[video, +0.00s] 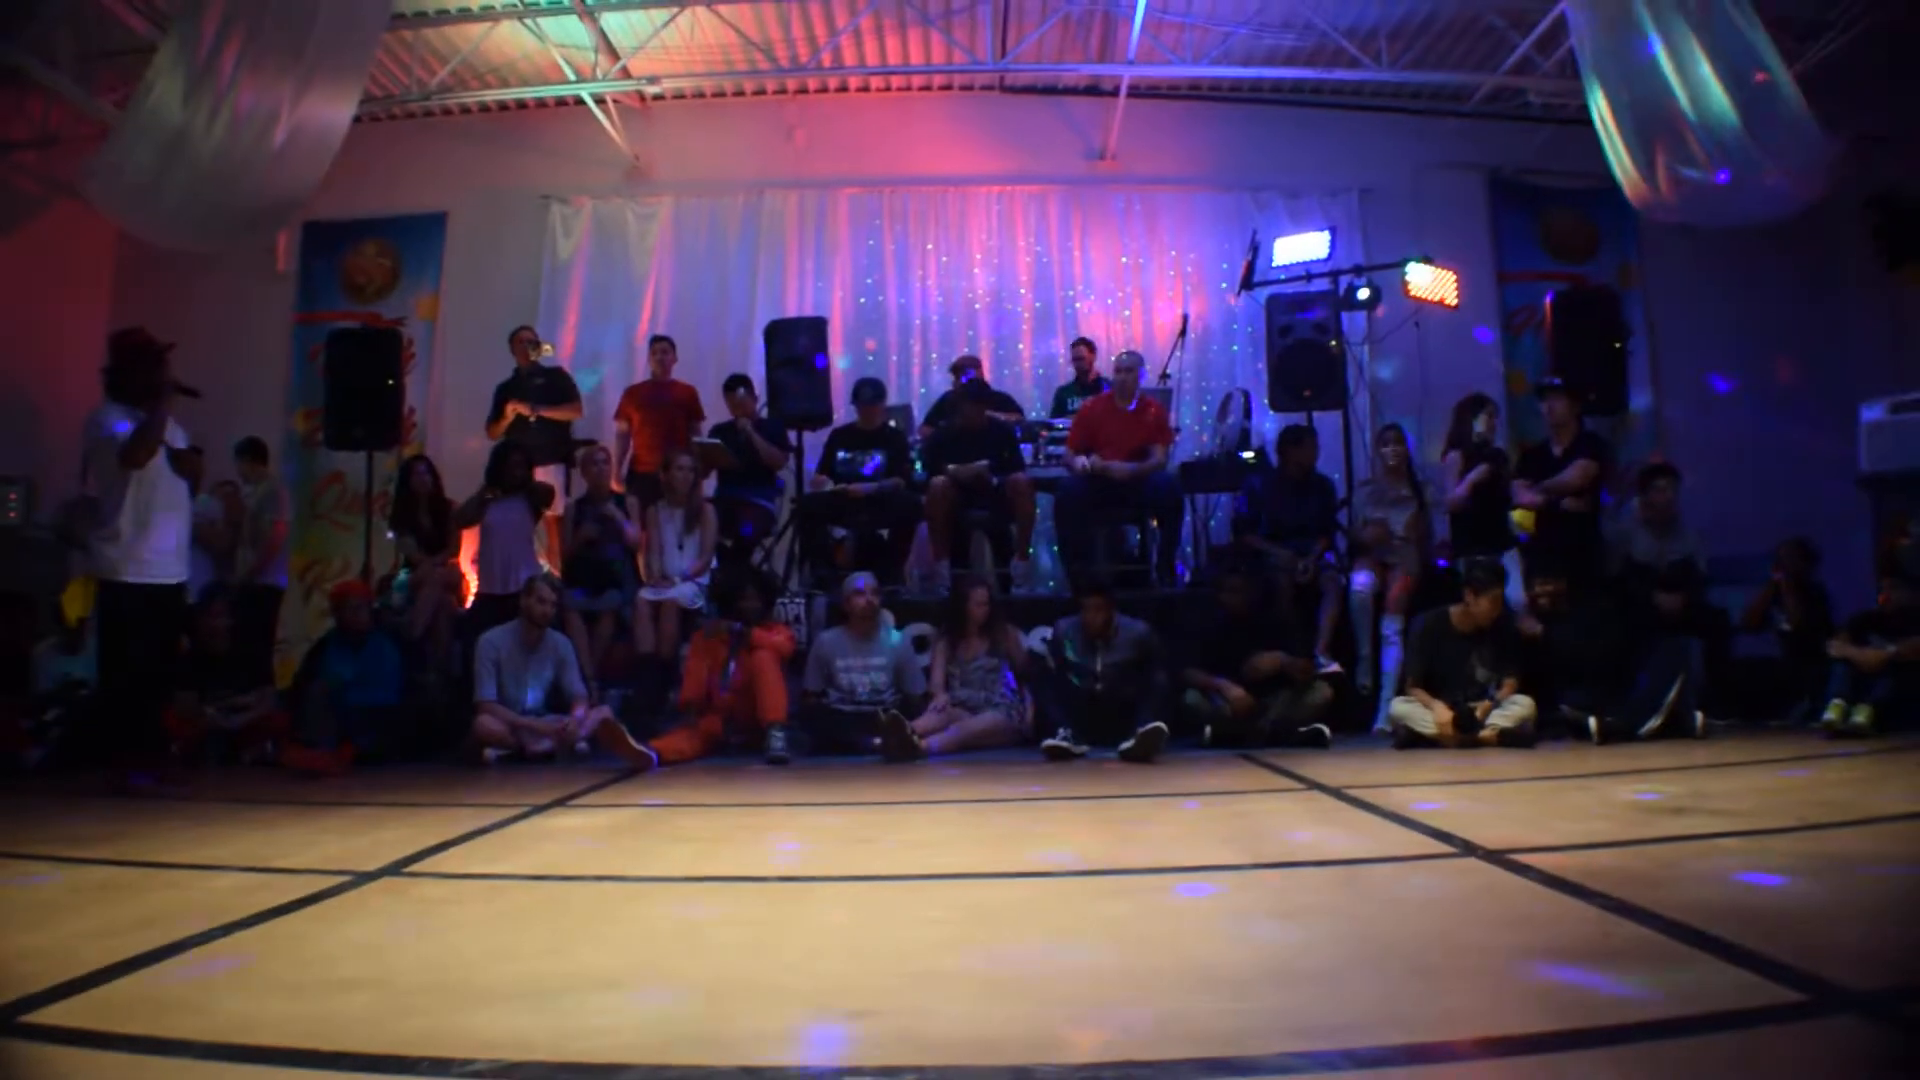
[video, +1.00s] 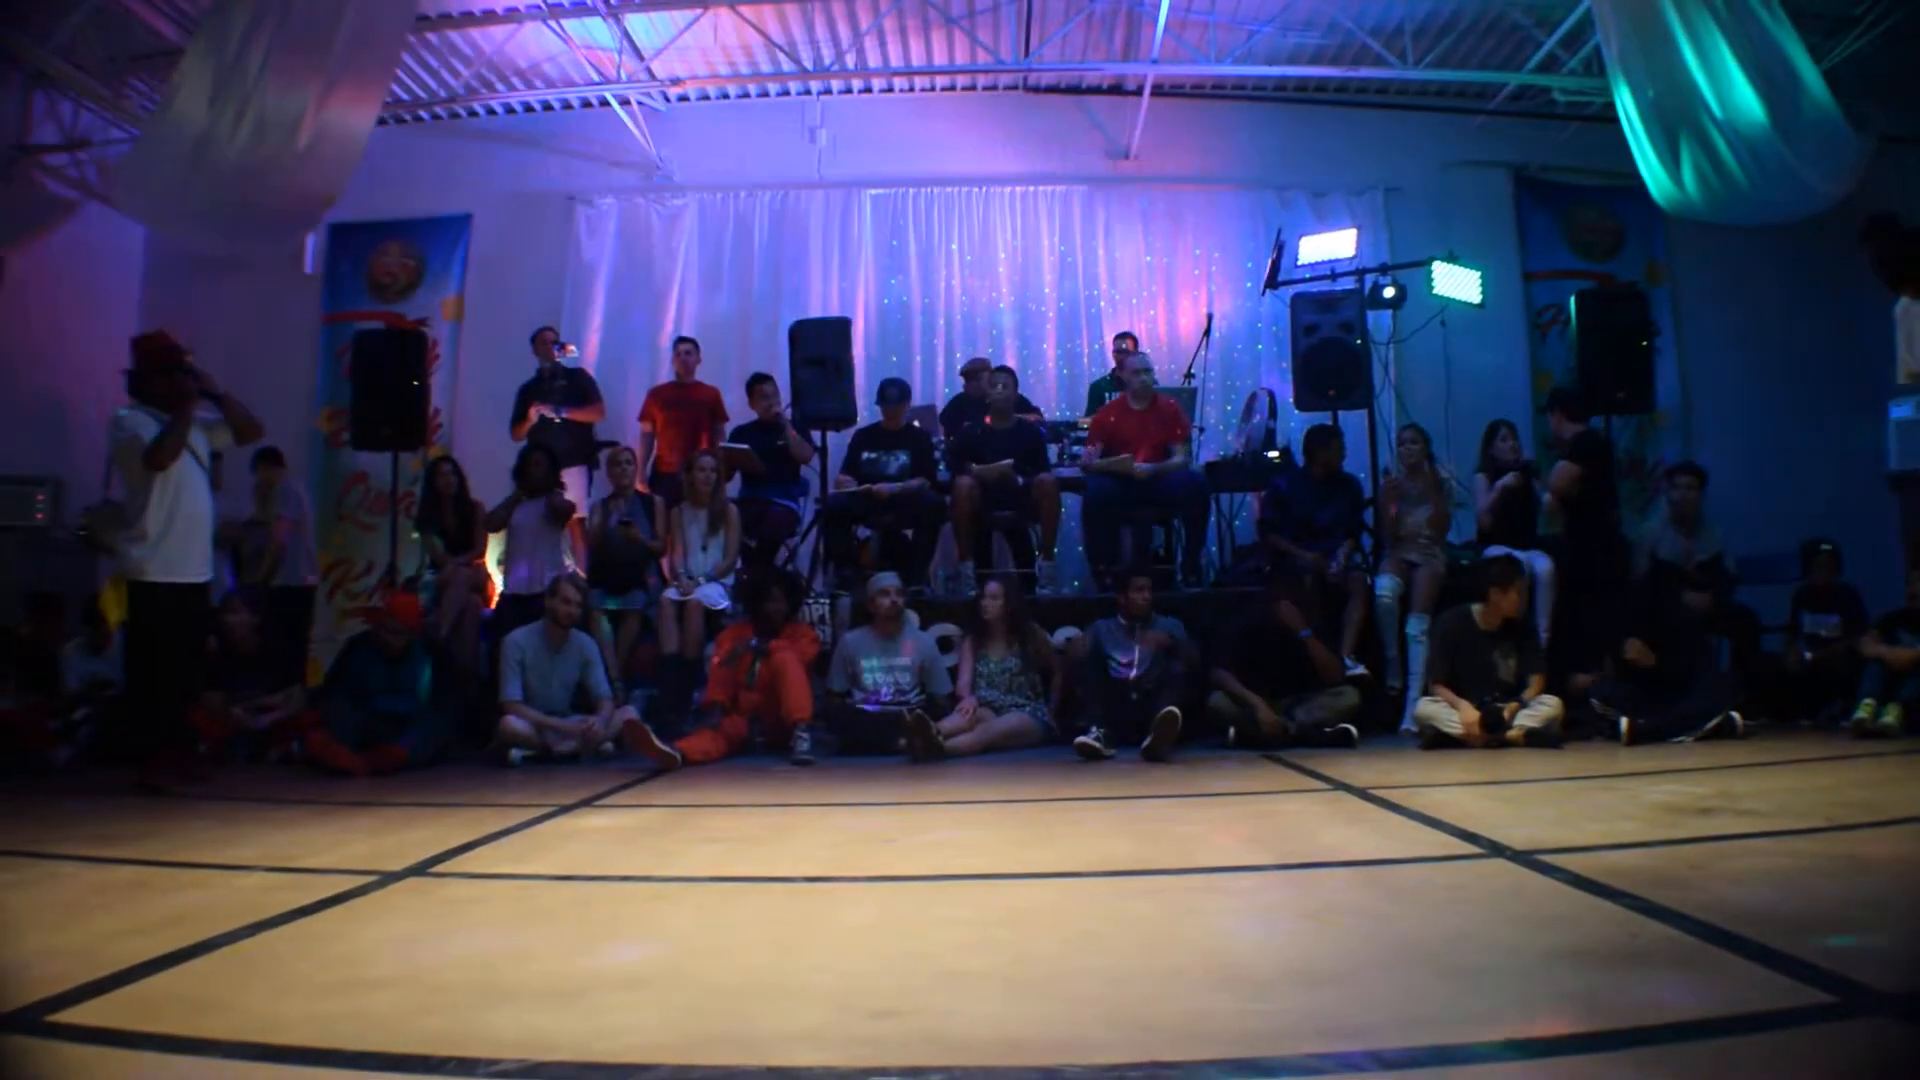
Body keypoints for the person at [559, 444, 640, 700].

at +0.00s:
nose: (601, 469)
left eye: (606, 463)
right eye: (595, 464)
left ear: (612, 468)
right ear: (583, 471)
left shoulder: (627, 502)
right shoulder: (574, 507)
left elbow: (635, 540)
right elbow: (567, 551)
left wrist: (617, 517)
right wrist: (580, 537)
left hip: (617, 575)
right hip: (582, 576)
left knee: (608, 607)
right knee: (571, 608)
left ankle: (593, 675)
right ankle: (589, 680)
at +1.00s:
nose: (622, 469)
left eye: (628, 464)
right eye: (616, 465)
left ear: (636, 469)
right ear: (608, 471)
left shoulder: (653, 503)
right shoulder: (599, 506)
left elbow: (660, 546)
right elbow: (593, 543)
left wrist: (639, 539)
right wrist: (607, 521)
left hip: (639, 574)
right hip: (606, 574)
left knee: (634, 606)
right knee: (595, 608)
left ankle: (617, 673)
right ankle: (613, 679)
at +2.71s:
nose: (608, 468)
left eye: (615, 464)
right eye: (606, 464)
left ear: (631, 472)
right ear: (601, 472)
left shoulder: (646, 506)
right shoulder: (595, 504)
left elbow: (655, 551)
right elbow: (589, 529)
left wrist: (635, 568)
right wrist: (600, 491)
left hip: (630, 576)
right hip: (599, 574)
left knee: (627, 611)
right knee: (588, 611)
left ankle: (608, 678)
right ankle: (607, 683)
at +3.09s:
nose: (608, 469)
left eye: (615, 464)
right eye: (605, 464)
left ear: (630, 472)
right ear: (601, 473)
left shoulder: (646, 506)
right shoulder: (595, 506)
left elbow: (655, 552)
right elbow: (589, 529)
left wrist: (634, 568)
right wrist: (598, 491)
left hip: (631, 577)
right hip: (600, 575)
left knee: (627, 609)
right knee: (588, 611)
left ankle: (609, 674)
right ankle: (606, 678)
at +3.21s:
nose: (609, 468)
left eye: (615, 464)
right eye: (606, 465)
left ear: (630, 472)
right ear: (600, 473)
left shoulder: (646, 506)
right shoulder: (594, 506)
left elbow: (655, 551)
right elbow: (588, 536)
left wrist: (634, 568)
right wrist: (596, 495)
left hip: (631, 576)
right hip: (599, 575)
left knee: (627, 610)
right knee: (588, 611)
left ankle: (609, 673)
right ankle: (605, 676)